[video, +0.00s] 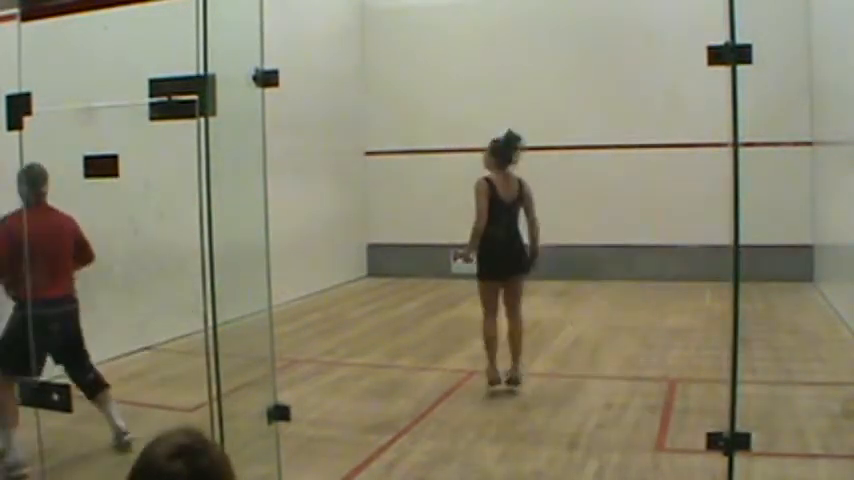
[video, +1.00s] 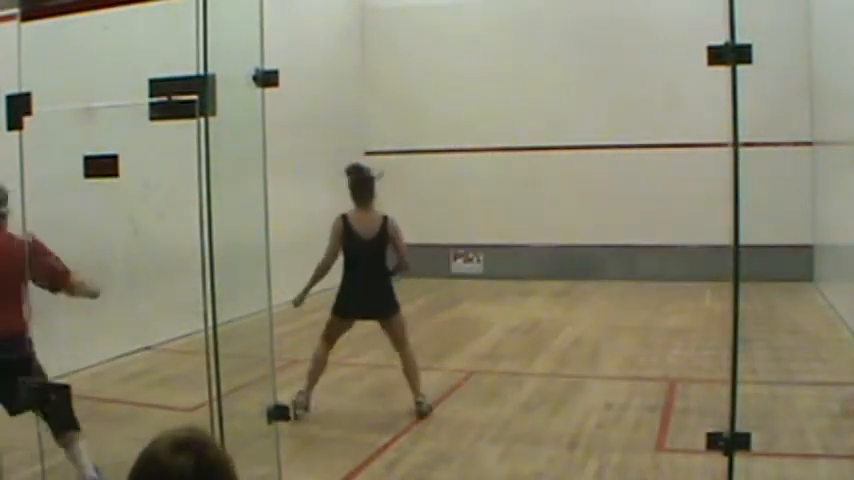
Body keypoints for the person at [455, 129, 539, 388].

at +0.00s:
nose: (484, 157)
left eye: (487, 154)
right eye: (486, 153)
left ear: (493, 158)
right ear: (508, 159)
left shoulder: (484, 184)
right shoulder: (520, 184)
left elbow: (481, 220)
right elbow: (532, 221)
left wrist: (469, 248)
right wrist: (534, 249)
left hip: (490, 254)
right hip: (516, 252)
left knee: (490, 313)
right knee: (514, 311)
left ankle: (492, 368)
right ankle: (515, 367)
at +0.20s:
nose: (457, 174)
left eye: (461, 170)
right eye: (459, 169)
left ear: (470, 174)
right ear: (482, 175)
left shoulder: (463, 202)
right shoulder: (496, 201)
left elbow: (457, 240)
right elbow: (506, 238)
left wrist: (445, 262)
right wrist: (491, 252)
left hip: (460, 270)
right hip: (485, 271)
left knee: (435, 321)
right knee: (478, 324)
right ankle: (480, 379)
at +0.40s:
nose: (422, 182)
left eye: (425, 178)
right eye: (423, 177)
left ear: (437, 182)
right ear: (446, 182)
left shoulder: (428, 210)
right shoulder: (463, 209)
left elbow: (422, 251)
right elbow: (468, 252)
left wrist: (401, 278)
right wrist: (449, 256)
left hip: (426, 280)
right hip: (453, 279)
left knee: (398, 333)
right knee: (458, 329)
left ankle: (373, 381)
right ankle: (478, 381)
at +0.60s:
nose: (385, 187)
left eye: (388, 183)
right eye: (386, 182)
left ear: (398, 186)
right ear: (411, 187)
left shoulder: (386, 214)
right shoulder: (425, 215)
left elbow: (379, 254)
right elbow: (435, 256)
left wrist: (357, 282)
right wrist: (415, 268)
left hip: (387, 285)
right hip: (415, 283)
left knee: (375, 344)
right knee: (437, 336)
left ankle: (370, 396)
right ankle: (467, 383)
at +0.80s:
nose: (370, 169)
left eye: (370, 165)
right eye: (374, 165)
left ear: (371, 168)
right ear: (393, 168)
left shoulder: (361, 199)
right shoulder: (405, 201)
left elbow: (348, 236)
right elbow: (420, 243)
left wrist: (324, 262)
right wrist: (398, 253)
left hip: (369, 274)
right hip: (399, 273)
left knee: (361, 332)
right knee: (409, 330)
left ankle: (363, 389)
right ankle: (420, 388)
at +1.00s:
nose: (365, 195)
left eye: (356, 191)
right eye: (369, 190)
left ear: (351, 194)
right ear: (373, 192)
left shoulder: (343, 223)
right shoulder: (388, 223)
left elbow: (328, 262)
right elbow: (404, 262)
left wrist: (305, 291)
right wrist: (388, 272)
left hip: (350, 296)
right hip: (381, 295)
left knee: (326, 342)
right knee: (403, 347)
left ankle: (305, 395)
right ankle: (419, 398)